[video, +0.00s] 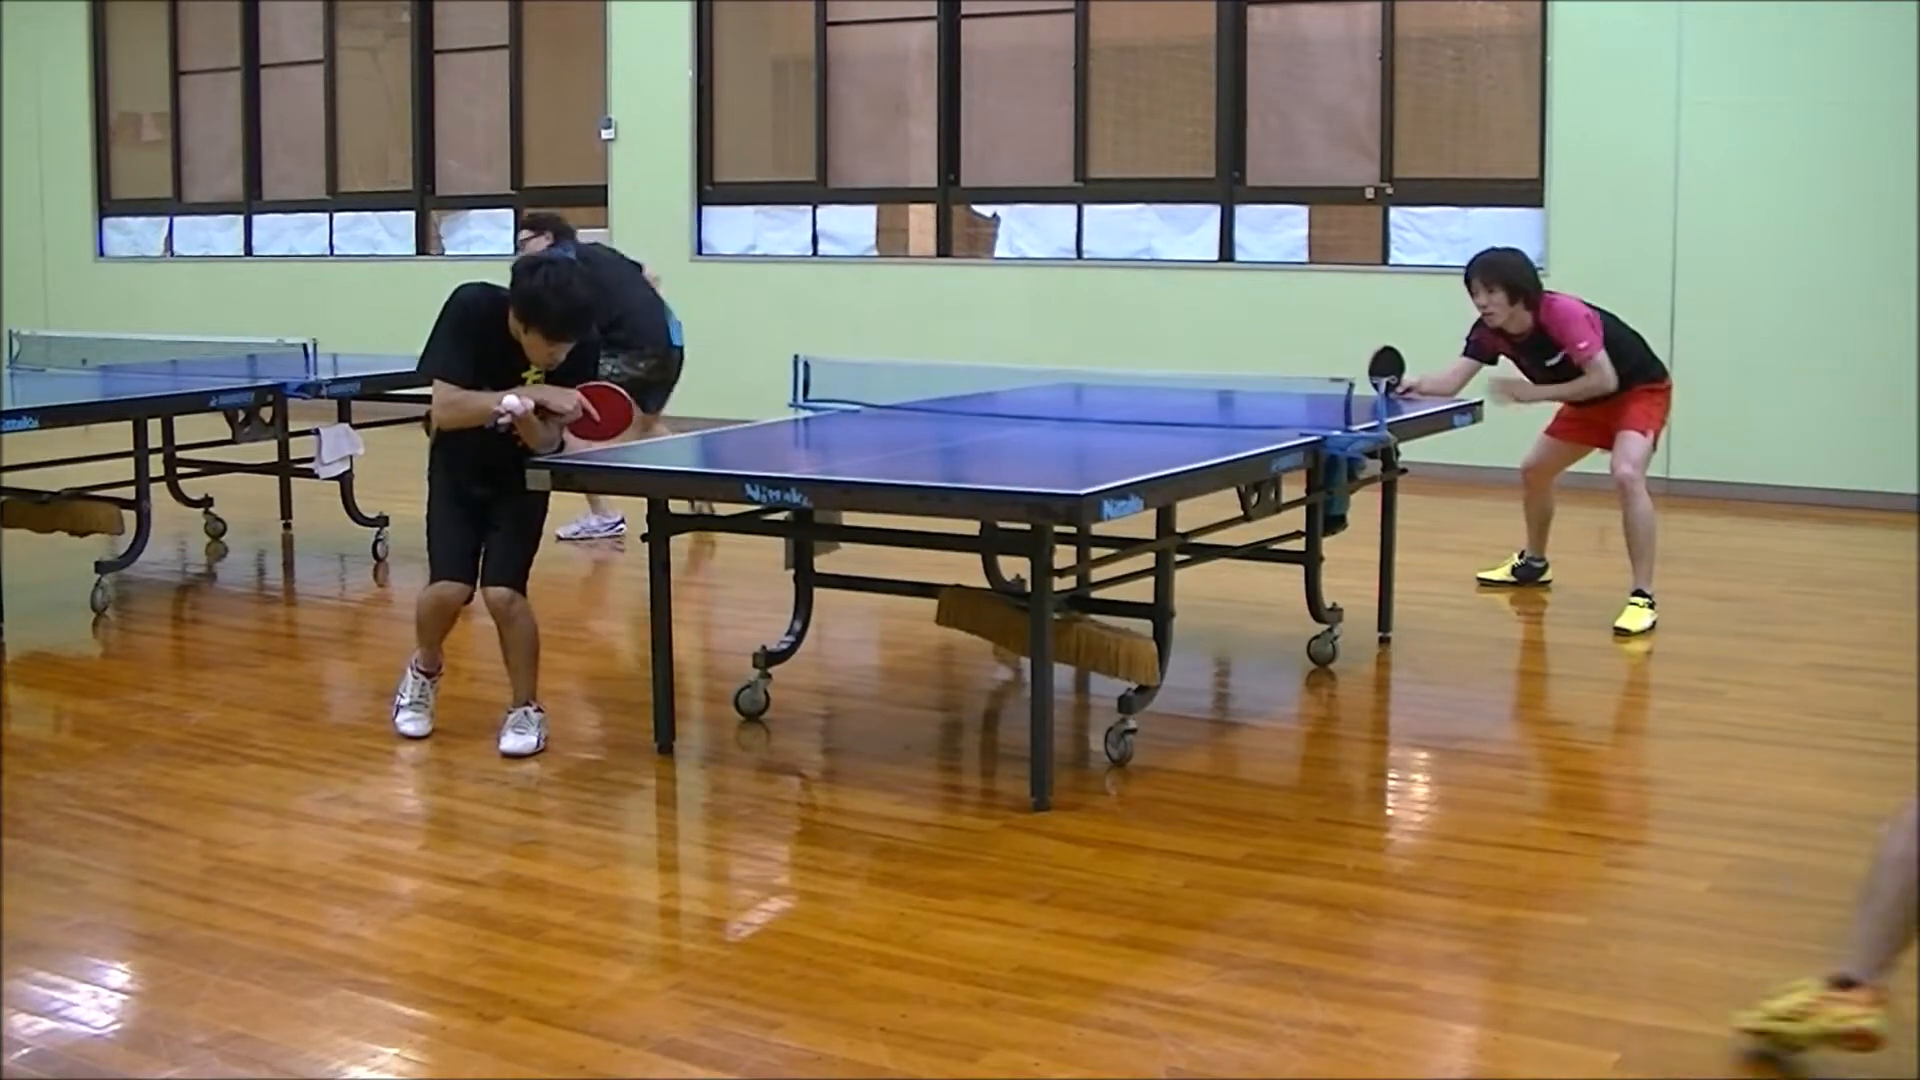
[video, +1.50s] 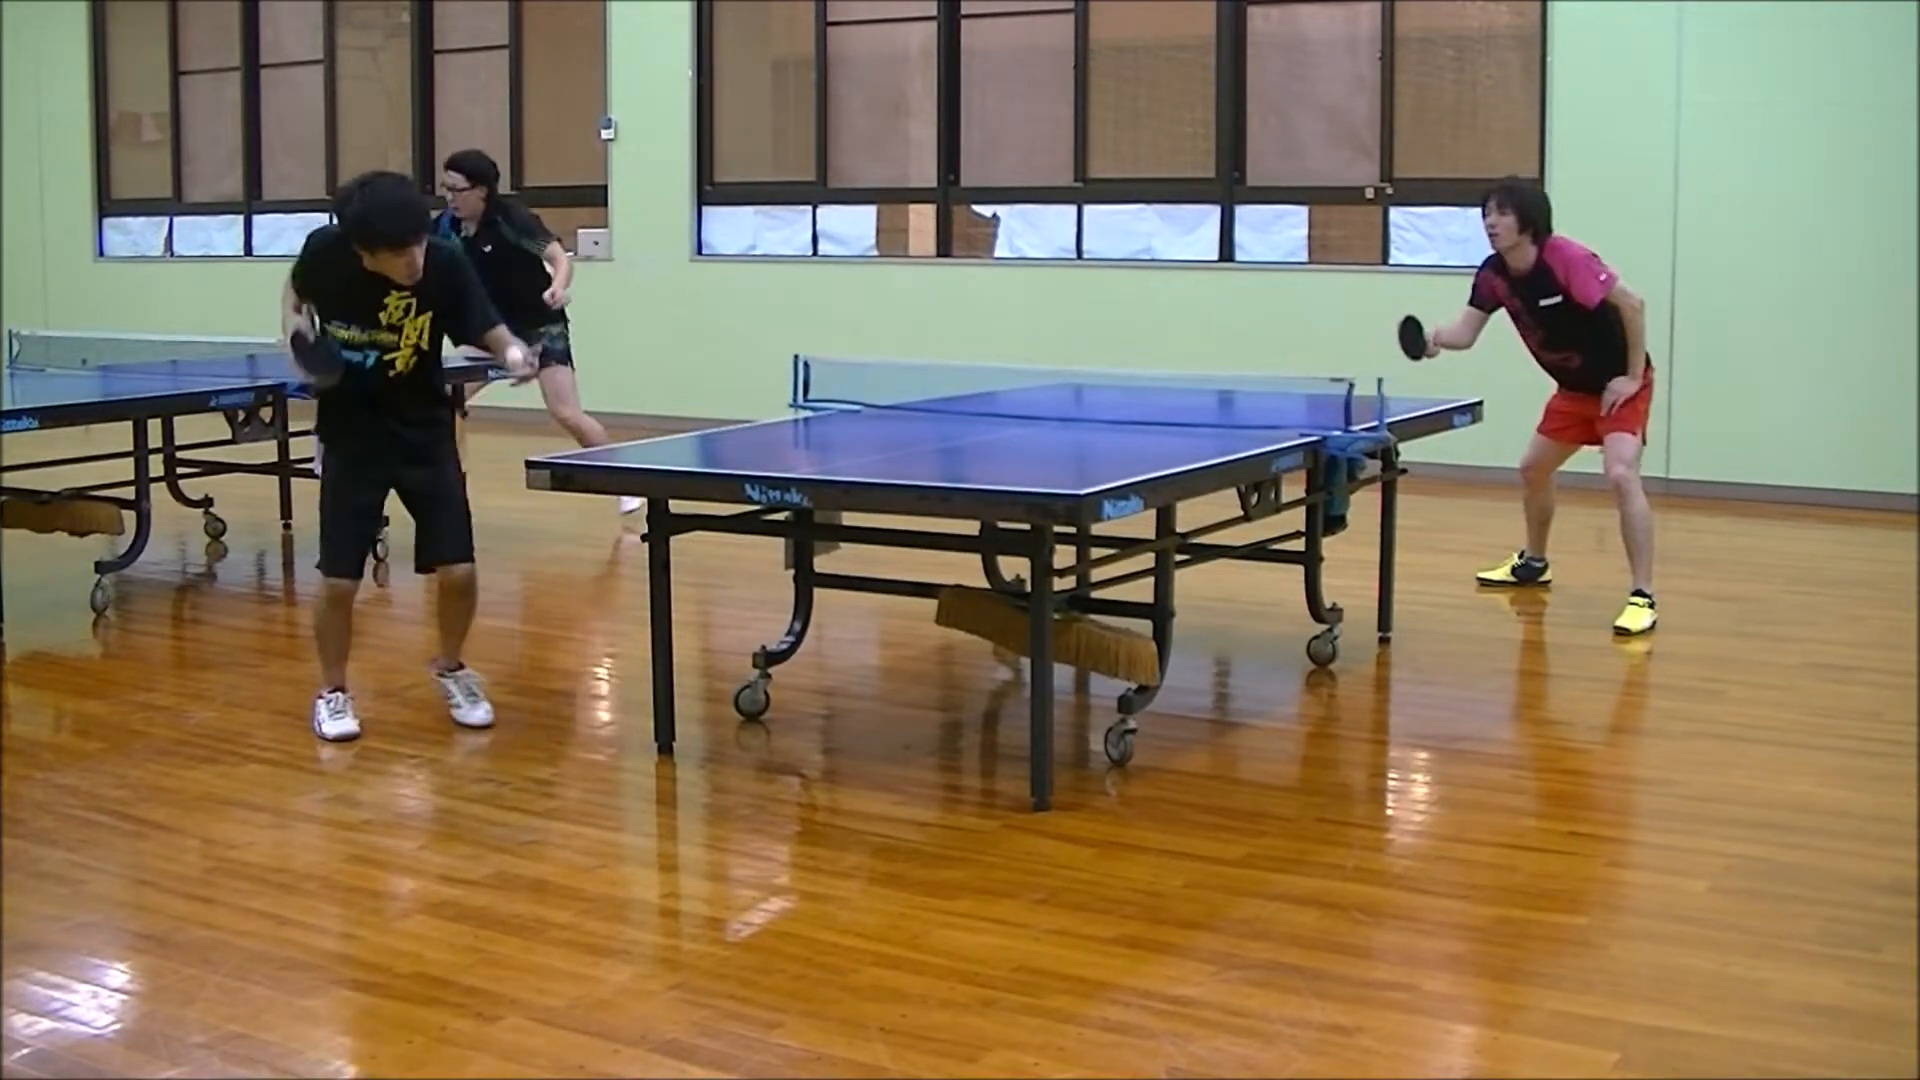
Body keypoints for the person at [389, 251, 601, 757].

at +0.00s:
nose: (555, 357)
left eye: (566, 347)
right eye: (546, 345)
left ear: (580, 330)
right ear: (515, 319)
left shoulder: (581, 342)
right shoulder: (470, 307)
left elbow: (551, 440)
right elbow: (443, 411)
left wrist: (526, 417)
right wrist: (532, 394)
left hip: (523, 467)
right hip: (457, 459)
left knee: (503, 593)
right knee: (451, 590)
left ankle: (525, 709)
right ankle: (424, 670)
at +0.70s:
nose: (545, 349)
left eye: (558, 340)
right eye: (537, 337)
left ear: (575, 324)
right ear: (512, 313)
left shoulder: (579, 344)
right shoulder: (468, 304)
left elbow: (557, 430)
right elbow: (407, 384)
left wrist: (539, 434)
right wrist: (486, 358)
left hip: (522, 470)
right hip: (455, 460)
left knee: (507, 594)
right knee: (450, 585)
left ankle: (525, 709)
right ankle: (429, 670)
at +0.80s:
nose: (555, 348)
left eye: (562, 337)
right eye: (545, 337)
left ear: (573, 324)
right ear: (510, 318)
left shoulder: (574, 344)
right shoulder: (462, 304)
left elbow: (554, 435)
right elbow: (371, 349)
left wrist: (533, 431)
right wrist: (439, 332)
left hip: (520, 473)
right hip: (453, 463)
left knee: (508, 595)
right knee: (438, 578)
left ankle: (525, 708)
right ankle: (427, 659)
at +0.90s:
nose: (548, 345)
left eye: (554, 334)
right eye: (537, 334)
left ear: (563, 319)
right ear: (503, 316)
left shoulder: (565, 345)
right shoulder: (457, 303)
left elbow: (550, 436)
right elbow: (346, 314)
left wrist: (531, 432)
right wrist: (378, 310)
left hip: (513, 475)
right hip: (448, 465)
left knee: (508, 598)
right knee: (418, 580)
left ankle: (525, 709)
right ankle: (406, 653)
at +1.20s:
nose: (483, 316)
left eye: (489, 302)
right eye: (470, 307)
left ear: (496, 287)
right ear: (433, 296)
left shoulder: (510, 330)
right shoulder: (395, 285)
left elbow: (505, 417)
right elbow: (352, 280)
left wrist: (506, 479)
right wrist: (309, 306)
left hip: (475, 480)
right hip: (404, 473)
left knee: (480, 596)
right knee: (363, 611)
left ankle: (524, 708)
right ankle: (333, 692)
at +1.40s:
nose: (421, 277)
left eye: (427, 262)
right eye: (407, 268)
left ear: (435, 248)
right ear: (371, 263)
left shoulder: (452, 288)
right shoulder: (338, 266)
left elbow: (488, 373)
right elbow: (317, 297)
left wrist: (518, 431)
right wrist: (297, 339)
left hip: (437, 450)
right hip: (363, 450)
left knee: (471, 571)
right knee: (341, 590)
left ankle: (496, 691)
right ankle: (335, 694)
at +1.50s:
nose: (417, 261)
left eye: (420, 246)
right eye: (402, 253)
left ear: (426, 230)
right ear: (364, 249)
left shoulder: (442, 261)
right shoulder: (326, 252)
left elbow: (485, 326)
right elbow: (294, 294)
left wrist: (513, 352)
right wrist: (298, 338)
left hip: (424, 429)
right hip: (352, 430)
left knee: (459, 569)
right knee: (339, 580)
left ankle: (451, 668)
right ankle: (333, 693)